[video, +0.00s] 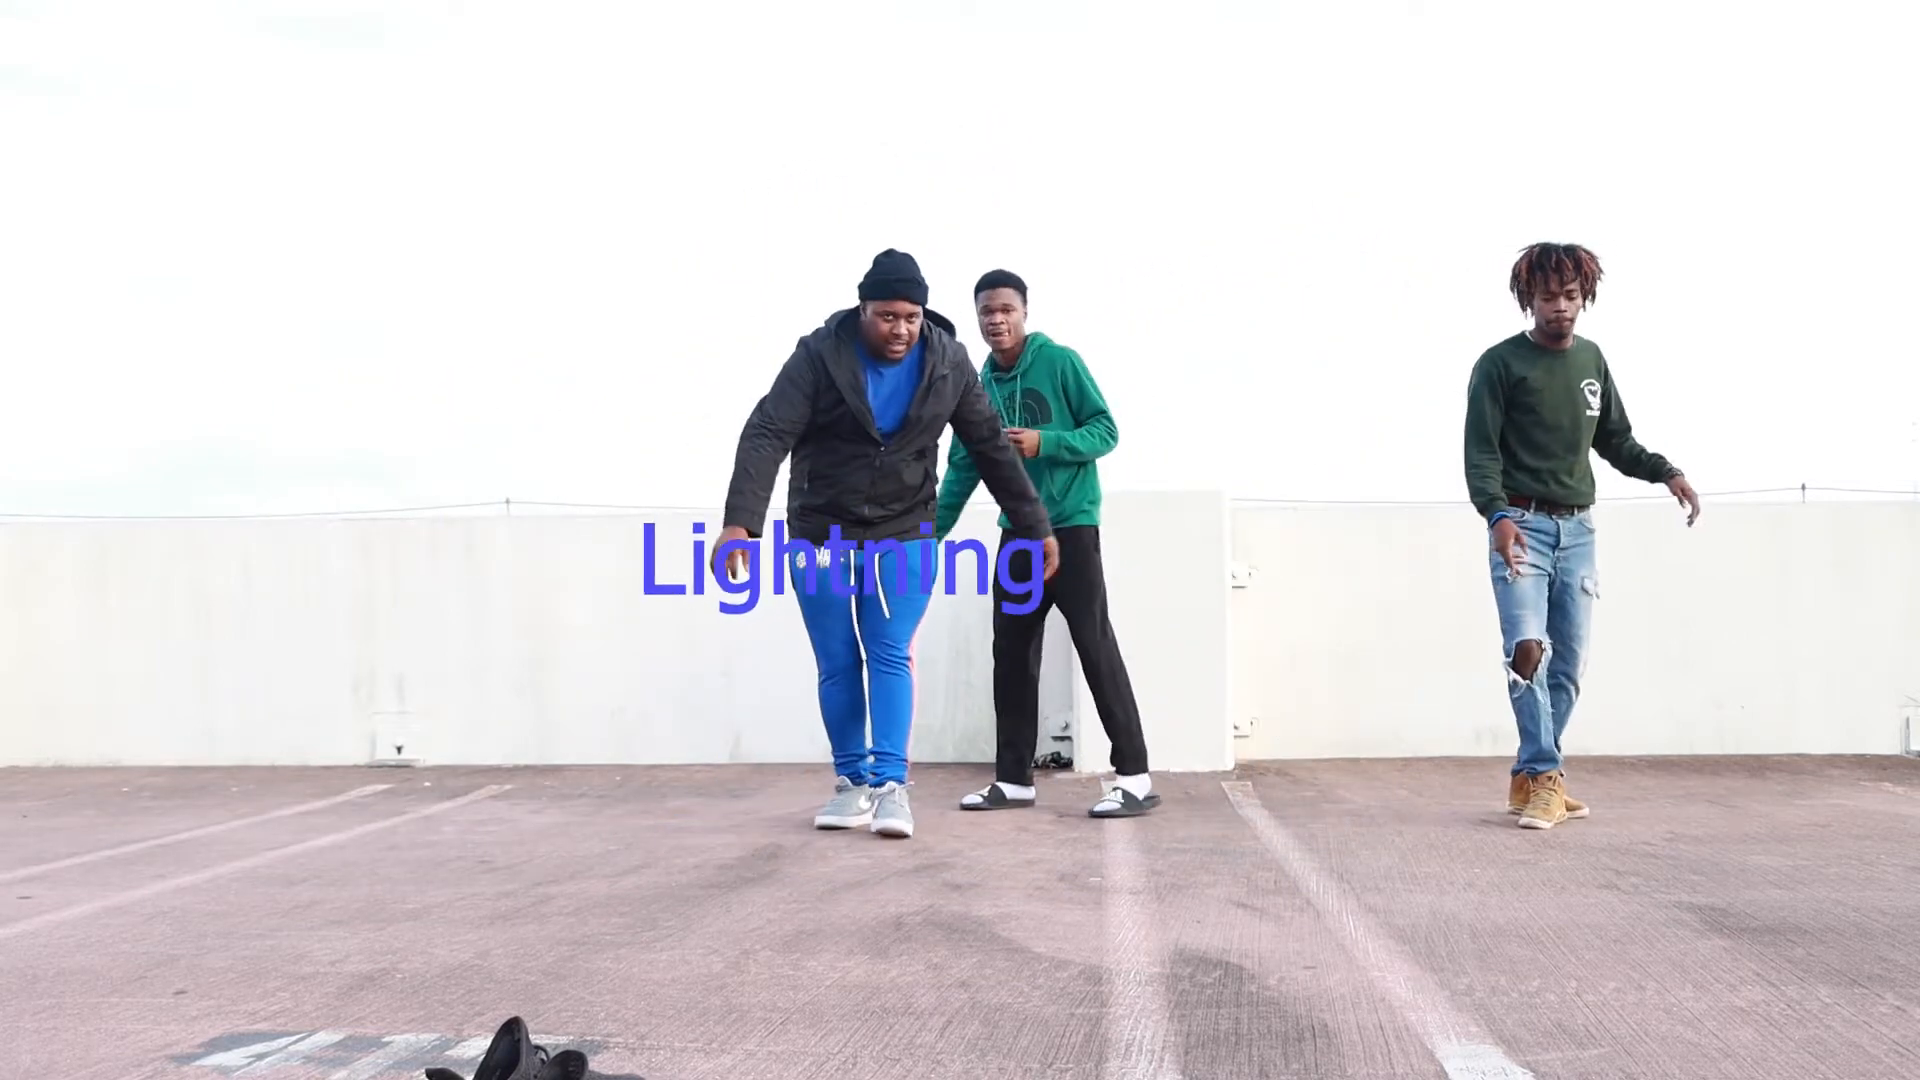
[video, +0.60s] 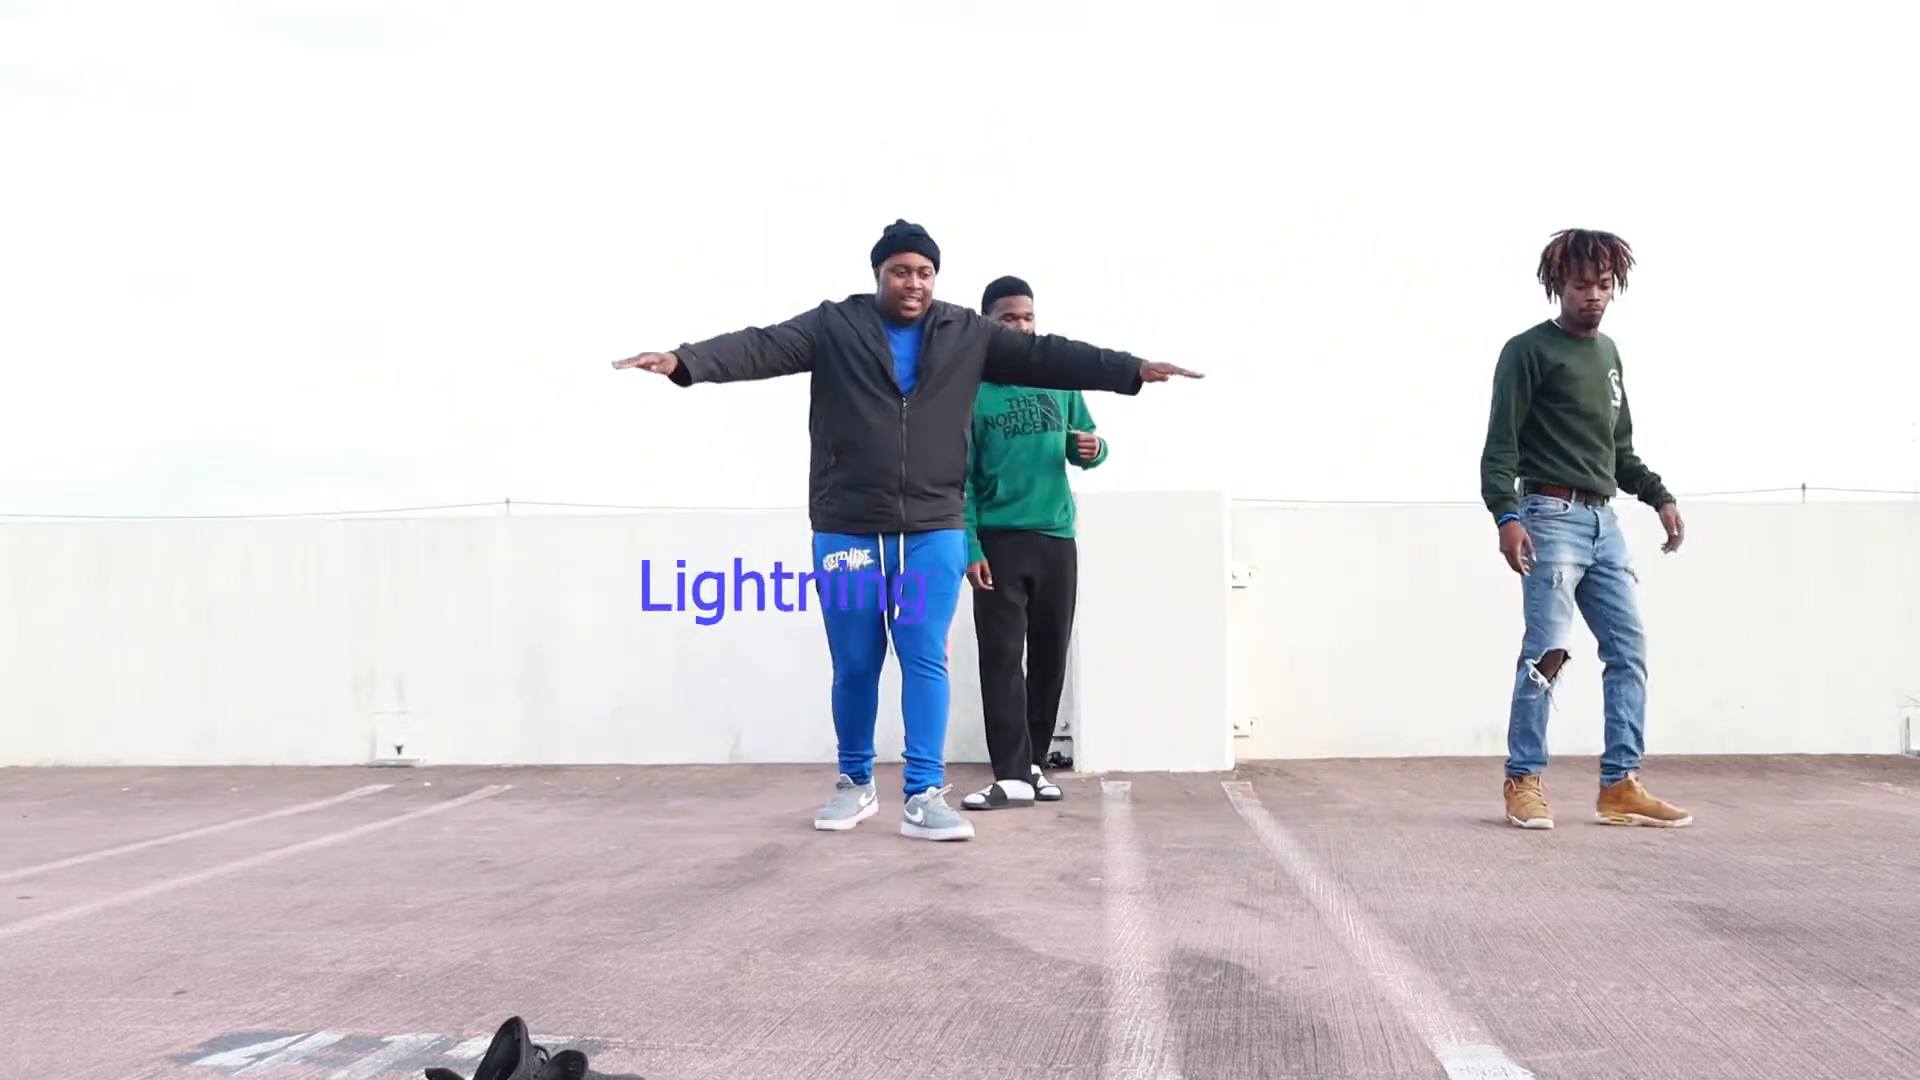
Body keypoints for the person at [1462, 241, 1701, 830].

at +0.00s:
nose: (1560, 307)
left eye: (1569, 295)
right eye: (1548, 296)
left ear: (1583, 297)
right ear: (1527, 299)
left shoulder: (1590, 359)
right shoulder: (1498, 364)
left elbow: (1613, 440)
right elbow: (1480, 454)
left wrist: (1666, 472)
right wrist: (1498, 516)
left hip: (1577, 525)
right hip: (1520, 523)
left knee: (1567, 661)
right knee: (1528, 649)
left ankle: (1529, 778)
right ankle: (1544, 778)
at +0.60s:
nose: (1596, 294)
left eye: (1605, 283)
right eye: (1584, 283)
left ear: (1614, 287)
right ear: (1558, 285)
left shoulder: (1608, 353)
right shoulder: (1527, 350)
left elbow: (1617, 448)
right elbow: (1501, 442)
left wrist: (1660, 498)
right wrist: (1506, 516)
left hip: (1603, 517)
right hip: (1548, 515)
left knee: (1627, 650)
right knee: (1547, 649)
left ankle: (1620, 785)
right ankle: (1523, 781)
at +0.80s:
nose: (1616, 299)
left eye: (1625, 287)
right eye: (1604, 289)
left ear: (1637, 289)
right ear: (1579, 290)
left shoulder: (1644, 354)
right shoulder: (1546, 356)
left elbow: (1663, 440)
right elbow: (1514, 444)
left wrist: (1690, 501)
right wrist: (1496, 523)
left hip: (1630, 521)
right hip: (1568, 520)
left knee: (1649, 657)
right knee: (1557, 651)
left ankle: (1637, 783)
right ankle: (1527, 781)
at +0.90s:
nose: (1614, 291)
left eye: (1623, 279)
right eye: (1602, 280)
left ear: (1637, 280)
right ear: (1579, 282)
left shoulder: (1659, 347)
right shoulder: (1552, 353)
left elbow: (1683, 431)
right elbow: (1526, 440)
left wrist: (1700, 500)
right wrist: (1504, 517)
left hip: (1644, 517)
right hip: (1575, 515)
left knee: (1654, 651)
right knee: (1561, 647)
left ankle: (1638, 782)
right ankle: (1544, 769)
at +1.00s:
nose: (1612, 289)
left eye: (1622, 277)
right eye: (1599, 279)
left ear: (1637, 277)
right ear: (1580, 282)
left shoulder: (1667, 347)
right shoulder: (1557, 354)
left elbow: (1696, 431)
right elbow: (1537, 443)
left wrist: (1705, 503)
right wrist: (1514, 516)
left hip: (1648, 517)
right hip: (1575, 516)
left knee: (1660, 657)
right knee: (1553, 648)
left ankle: (1646, 781)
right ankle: (1579, 754)